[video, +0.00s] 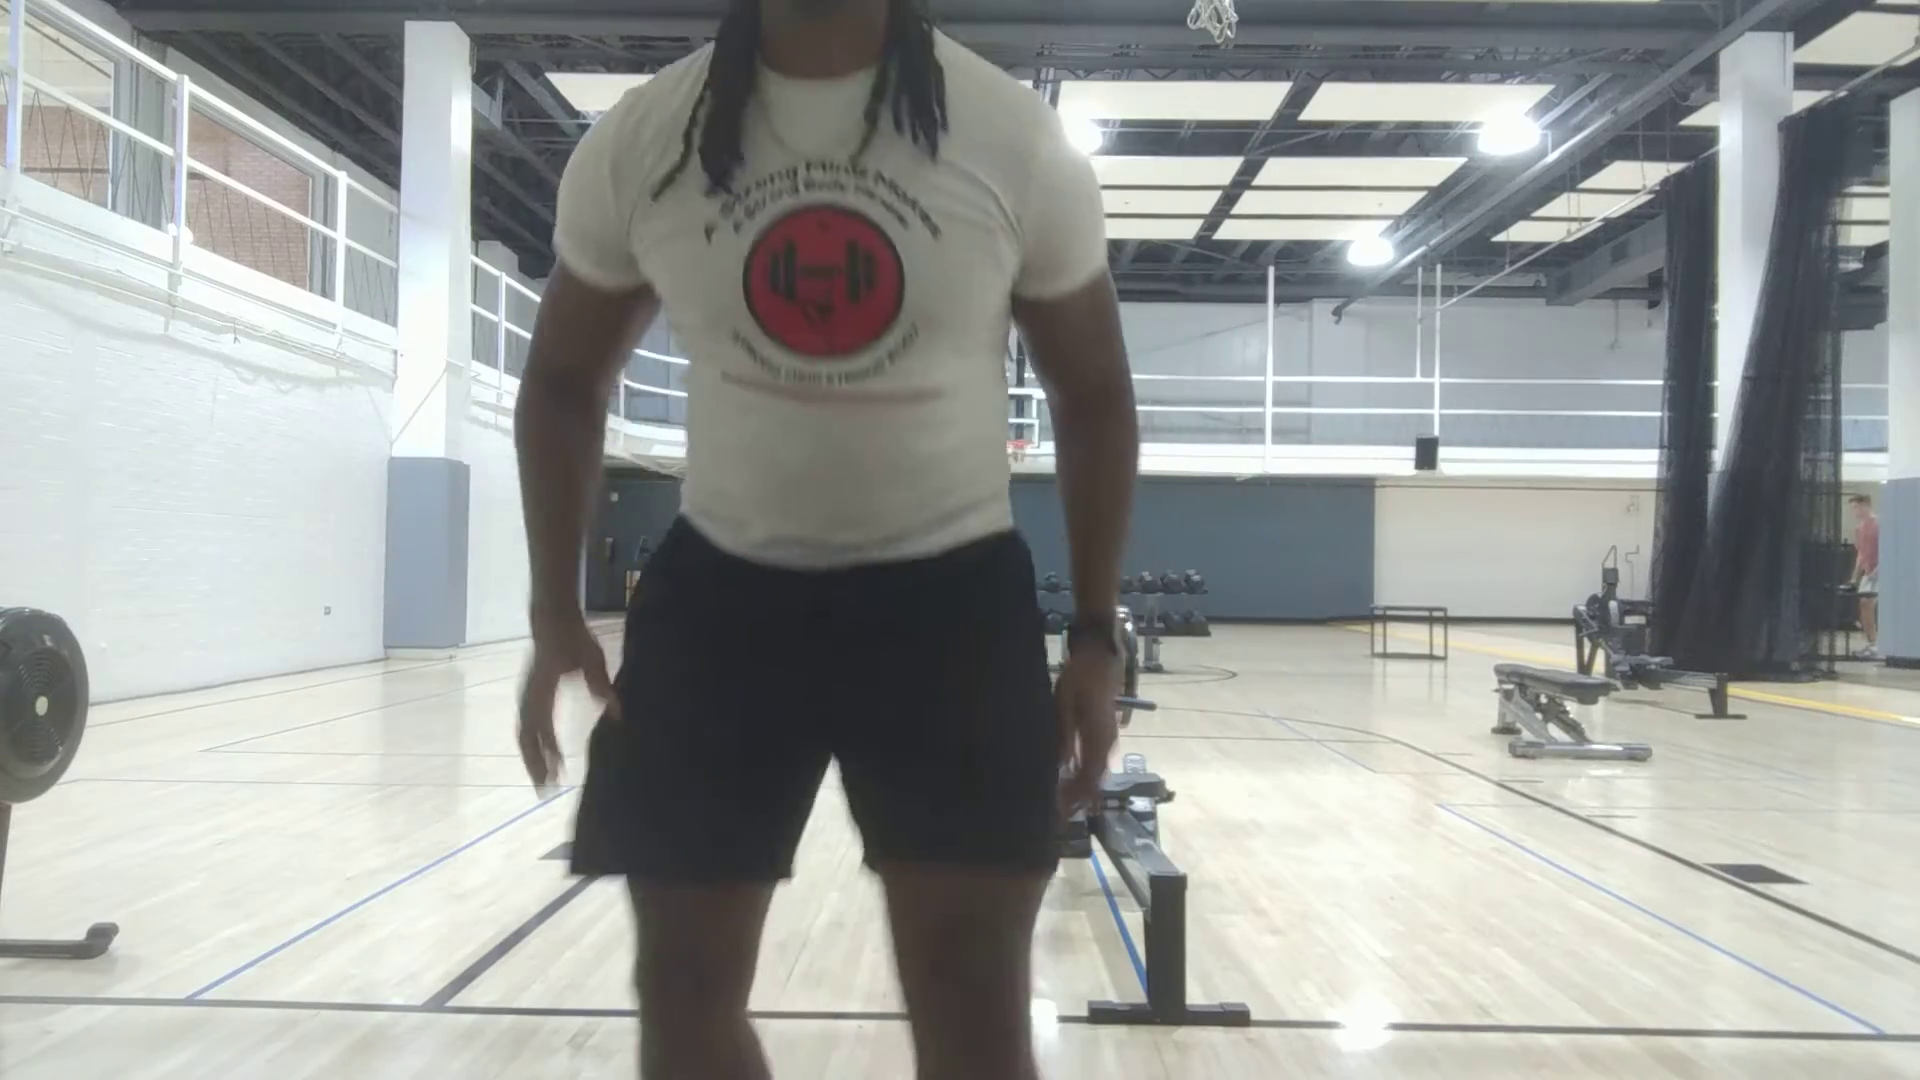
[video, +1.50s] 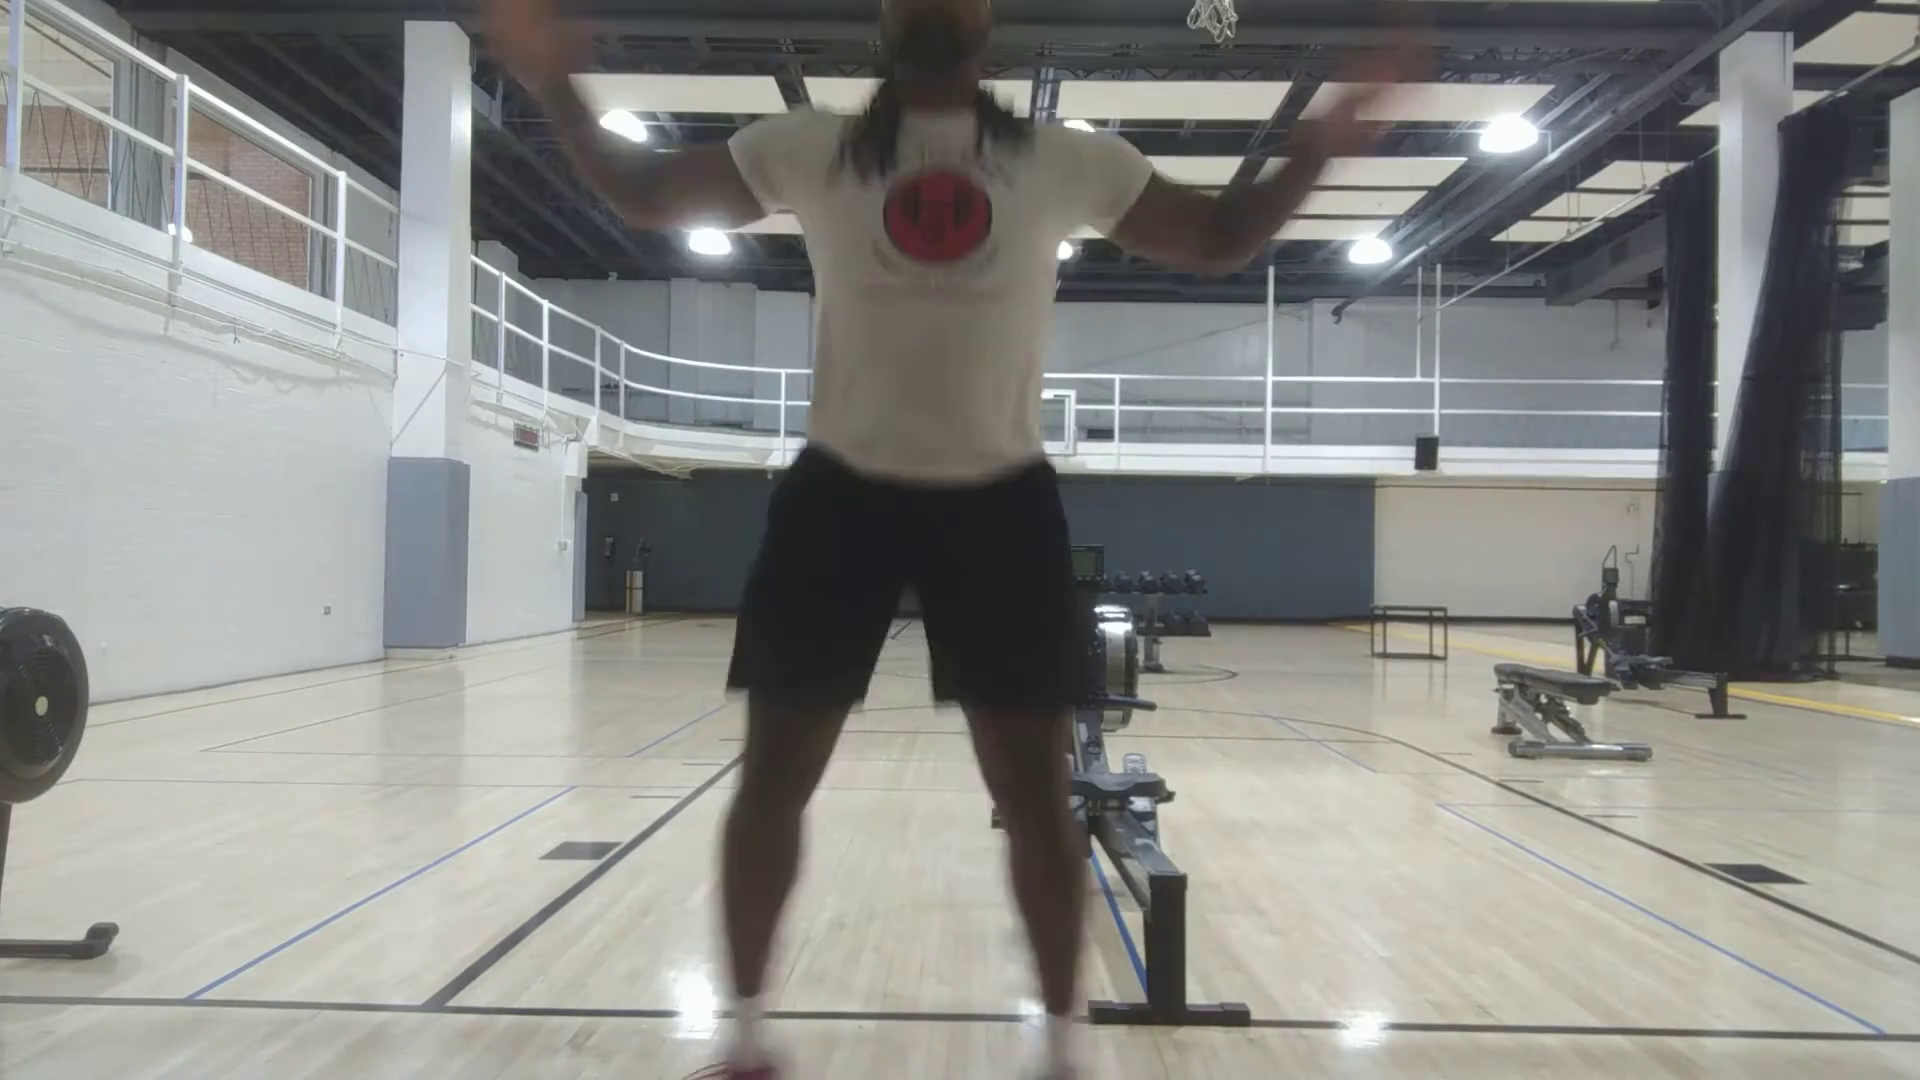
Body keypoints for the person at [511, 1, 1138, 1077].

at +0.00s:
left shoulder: (1014, 141)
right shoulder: (641, 140)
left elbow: (1094, 396)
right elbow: (564, 383)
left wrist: (1096, 636)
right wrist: (559, 615)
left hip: (950, 613)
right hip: (722, 611)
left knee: (971, 1009)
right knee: (685, 1002)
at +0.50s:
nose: (910, 1)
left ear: (980, 8)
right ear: (853, 11)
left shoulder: (1078, 177)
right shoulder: (797, 186)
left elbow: (1169, 405)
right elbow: (752, 398)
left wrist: (1099, 557)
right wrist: (736, 550)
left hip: (1020, 569)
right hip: (837, 562)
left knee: (1019, 888)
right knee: (800, 894)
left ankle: (1018, 1075)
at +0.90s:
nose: (975, 47)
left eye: (1002, 28)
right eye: (953, 27)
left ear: (1041, 60)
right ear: (921, 54)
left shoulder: (1096, 239)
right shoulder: (850, 229)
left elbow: (1148, 410)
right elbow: (769, 400)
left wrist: (1179, 518)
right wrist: (743, 529)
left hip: (1045, 592)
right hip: (883, 589)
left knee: (1049, 884)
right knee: (881, 878)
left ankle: (1030, 1076)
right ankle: (899, 1072)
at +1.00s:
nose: (974, 14)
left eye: (999, 4)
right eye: (954, 1)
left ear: (1033, 24)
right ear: (916, 17)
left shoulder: (1098, 177)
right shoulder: (844, 163)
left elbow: (1189, 332)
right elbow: (739, 309)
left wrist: (1274, 328)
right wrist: (642, 358)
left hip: (1035, 529)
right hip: (875, 524)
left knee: (1040, 816)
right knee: (845, 805)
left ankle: (1046, 1066)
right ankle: (848, 1056)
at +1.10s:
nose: (949, 19)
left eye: (970, 10)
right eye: (935, 10)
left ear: (1014, 21)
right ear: (912, 24)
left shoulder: (1092, 125)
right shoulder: (841, 127)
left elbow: (1236, 241)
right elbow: (668, 236)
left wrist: (1311, 146)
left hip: (1029, 495)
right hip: (865, 488)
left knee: (1063, 802)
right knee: (800, 782)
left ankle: (1090, 1056)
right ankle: (750, 1046)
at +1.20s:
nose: (955, 25)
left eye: (978, 11)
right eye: (933, 9)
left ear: (1008, 38)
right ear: (898, 35)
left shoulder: (1083, 170)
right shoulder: (827, 170)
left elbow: (1268, 166)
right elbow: (644, 178)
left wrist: (1259, 48)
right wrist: (607, 40)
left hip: (1023, 552)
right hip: (857, 543)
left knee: (1084, 842)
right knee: (758, 818)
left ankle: (1129, 1066)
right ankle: (666, 1050)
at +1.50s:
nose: (939, 23)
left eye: (960, 10)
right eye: (917, 10)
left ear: (992, 32)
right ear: (878, 29)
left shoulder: (1062, 157)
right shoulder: (810, 144)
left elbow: (1218, 239)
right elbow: (637, 191)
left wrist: (1330, 132)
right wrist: (555, 83)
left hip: (1000, 506)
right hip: (841, 499)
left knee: (1037, 792)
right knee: (774, 773)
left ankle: (1062, 1038)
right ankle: (745, 1030)